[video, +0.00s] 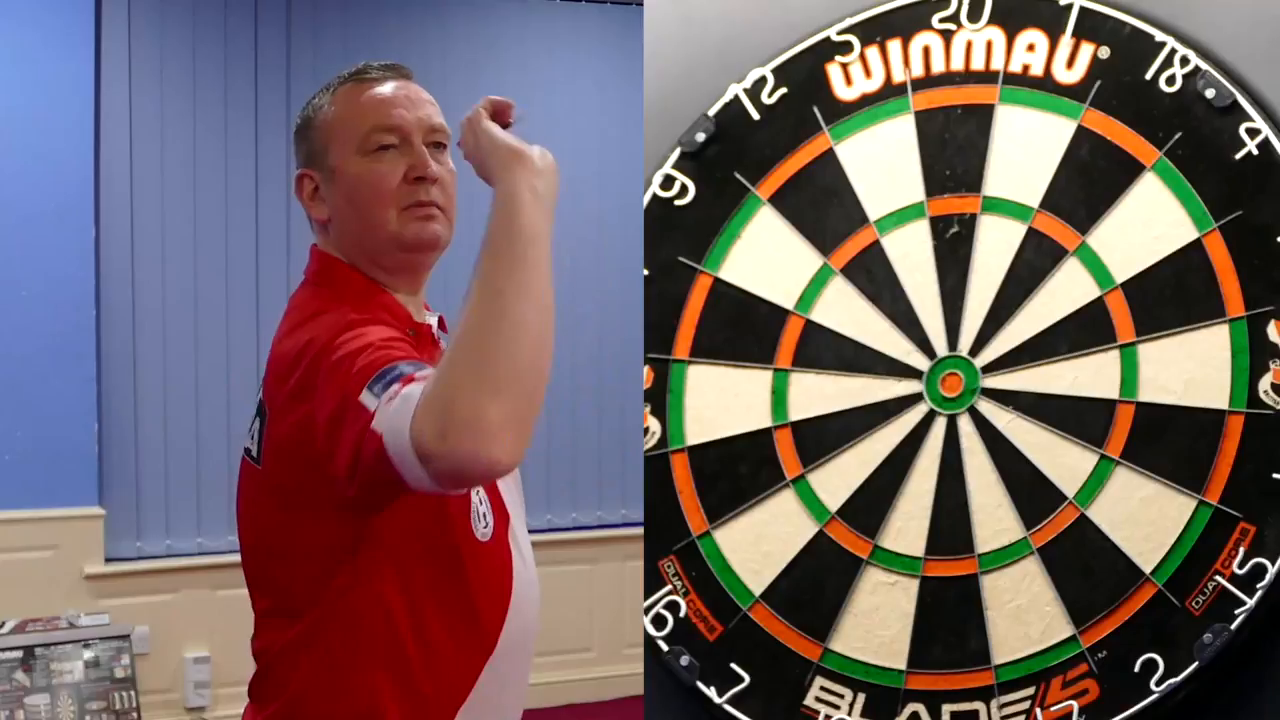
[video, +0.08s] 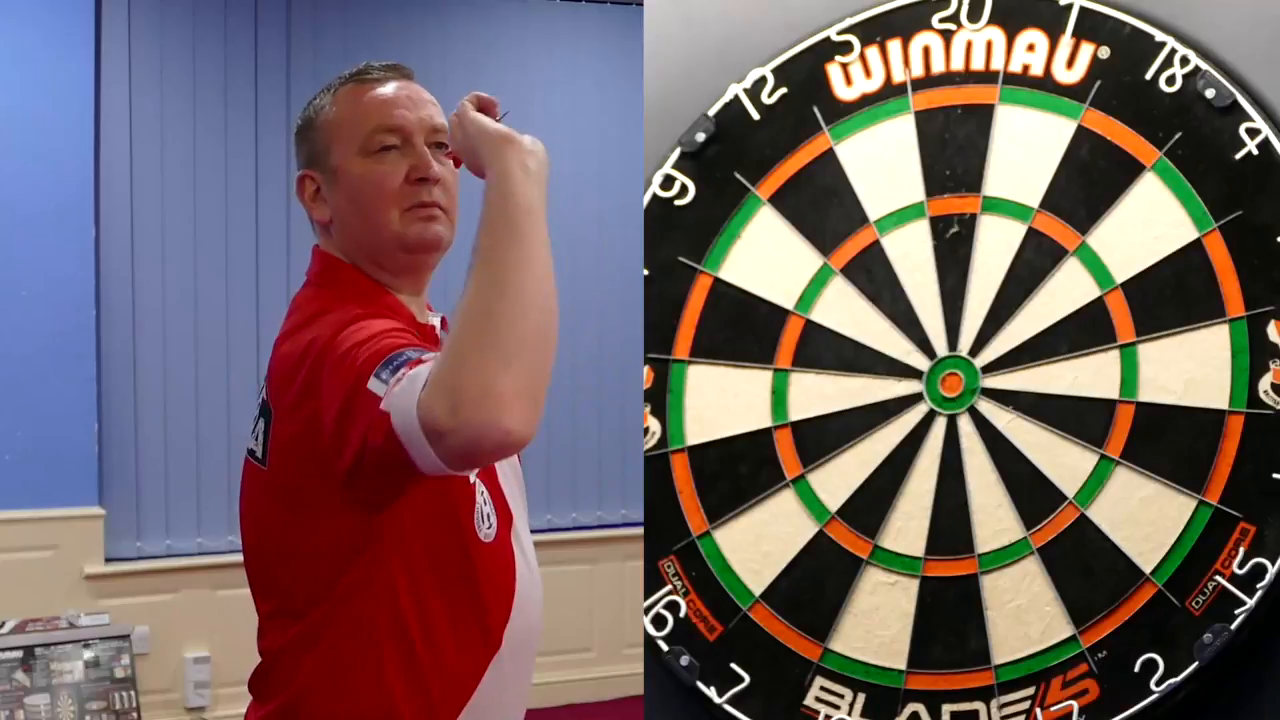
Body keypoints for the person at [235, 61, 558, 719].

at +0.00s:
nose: (427, 168)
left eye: (437, 147)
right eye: (385, 147)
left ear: (455, 170)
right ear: (316, 196)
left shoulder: (420, 327)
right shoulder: (334, 340)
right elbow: (473, 439)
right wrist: (524, 185)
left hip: (467, 700)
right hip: (365, 704)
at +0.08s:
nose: (430, 169)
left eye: (440, 147)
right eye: (387, 148)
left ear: (457, 169)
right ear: (317, 196)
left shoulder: (429, 329)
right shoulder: (336, 341)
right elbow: (486, 417)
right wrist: (516, 169)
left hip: (475, 700)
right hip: (369, 703)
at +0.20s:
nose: (430, 170)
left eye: (440, 148)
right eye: (388, 149)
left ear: (456, 168)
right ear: (318, 198)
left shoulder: (428, 330)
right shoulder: (337, 342)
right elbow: (490, 405)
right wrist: (511, 163)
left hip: (475, 700)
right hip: (369, 703)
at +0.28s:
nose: (430, 170)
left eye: (438, 148)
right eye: (387, 151)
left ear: (455, 168)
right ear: (317, 199)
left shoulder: (426, 330)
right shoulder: (337, 343)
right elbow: (491, 401)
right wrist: (507, 160)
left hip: (476, 700)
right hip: (372, 703)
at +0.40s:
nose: (429, 171)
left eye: (438, 150)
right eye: (386, 152)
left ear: (454, 170)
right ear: (316, 200)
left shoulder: (424, 331)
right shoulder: (336, 344)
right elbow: (490, 401)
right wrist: (504, 163)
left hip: (475, 700)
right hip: (372, 703)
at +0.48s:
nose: (429, 172)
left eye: (437, 150)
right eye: (386, 152)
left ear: (453, 170)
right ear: (315, 200)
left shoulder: (424, 332)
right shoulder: (334, 345)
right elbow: (489, 402)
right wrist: (502, 165)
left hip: (473, 700)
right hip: (369, 703)